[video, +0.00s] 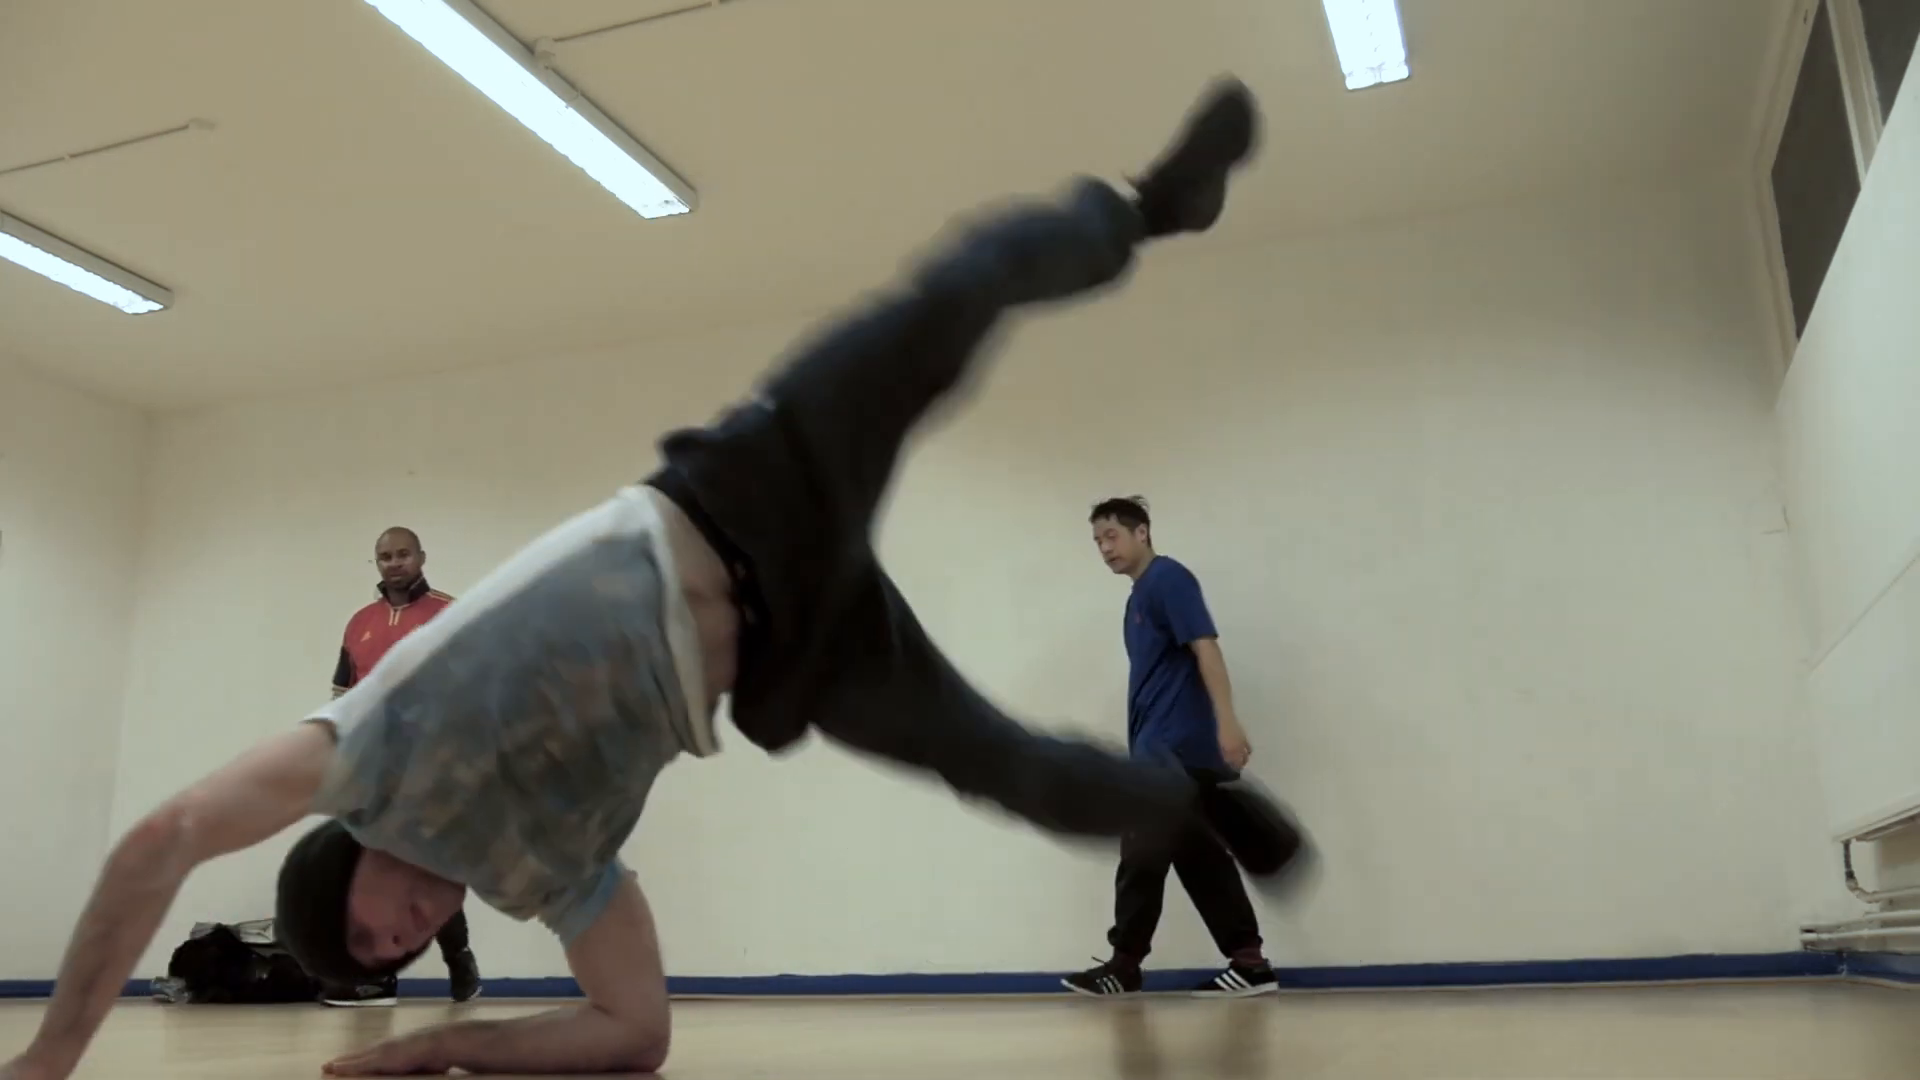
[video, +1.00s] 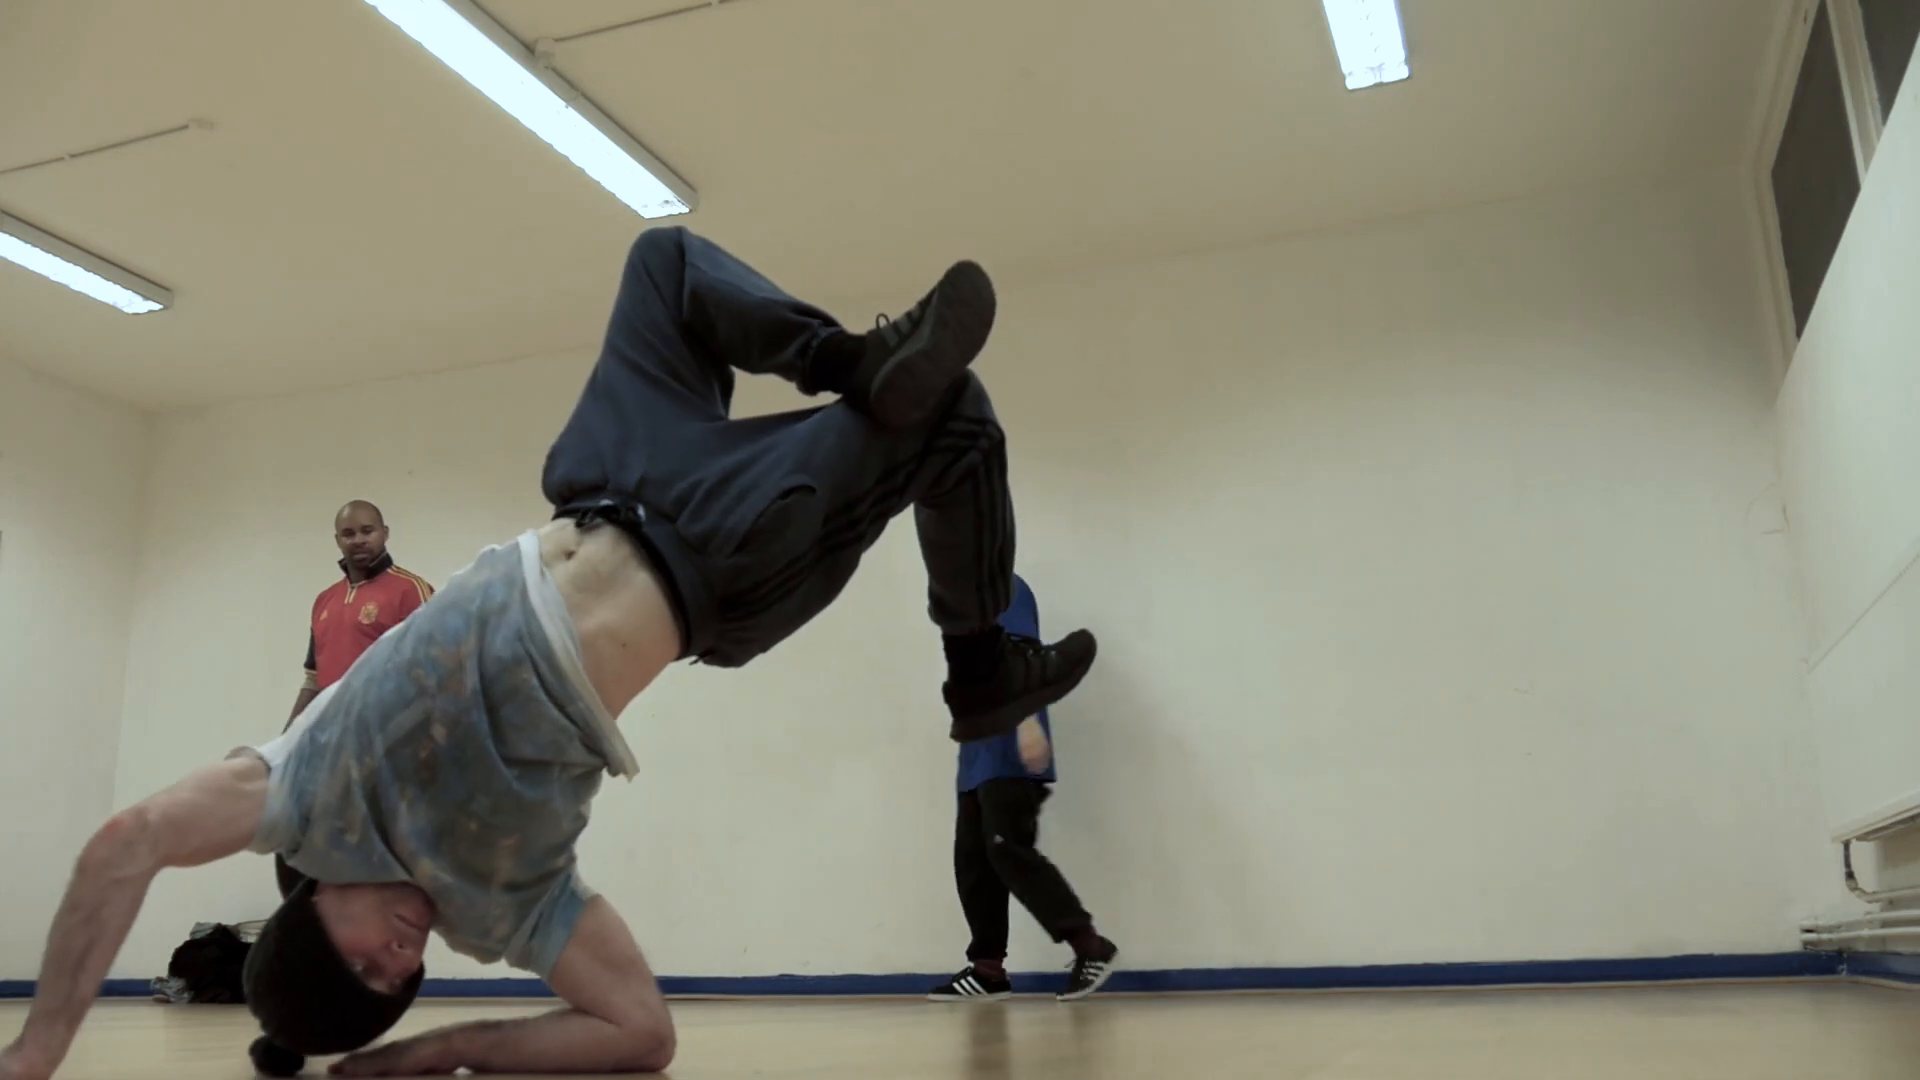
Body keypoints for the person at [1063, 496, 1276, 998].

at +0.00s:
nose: (1105, 547)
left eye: (1112, 536)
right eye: (1099, 541)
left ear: (1142, 533)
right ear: (1100, 547)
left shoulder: (1168, 579)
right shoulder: (1139, 594)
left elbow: (1206, 649)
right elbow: (1156, 673)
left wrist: (1228, 726)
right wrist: (1145, 744)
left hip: (1176, 747)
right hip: (1159, 749)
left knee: (1142, 852)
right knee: (1200, 853)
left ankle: (1125, 967)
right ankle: (1250, 962)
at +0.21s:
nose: (1076, 545)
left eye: (1084, 534)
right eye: (1070, 538)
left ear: (1113, 533)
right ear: (1072, 543)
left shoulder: (1128, 581)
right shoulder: (1119, 587)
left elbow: (1137, 660)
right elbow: (1119, 683)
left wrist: (1129, 734)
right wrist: (1106, 766)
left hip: (1132, 748)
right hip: (1143, 748)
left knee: (1118, 860)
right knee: (1165, 855)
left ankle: (1117, 970)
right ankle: (1238, 952)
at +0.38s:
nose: (1056, 545)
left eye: (1064, 534)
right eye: (1051, 537)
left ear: (1094, 533)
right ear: (1054, 541)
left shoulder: (1104, 583)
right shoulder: (1098, 584)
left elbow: (1081, 666)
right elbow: (1095, 680)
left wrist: (1024, 725)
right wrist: (1070, 741)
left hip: (1109, 750)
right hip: (1100, 750)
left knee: (1102, 857)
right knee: (1104, 856)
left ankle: (1115, 972)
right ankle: (1190, 925)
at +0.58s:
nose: (1026, 547)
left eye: (1035, 536)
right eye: (1021, 539)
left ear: (1064, 535)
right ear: (1023, 543)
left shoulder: (1076, 587)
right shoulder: (1061, 589)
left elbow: (1042, 671)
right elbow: (1064, 686)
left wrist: (968, 706)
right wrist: (1044, 761)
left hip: (1086, 751)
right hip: (1063, 751)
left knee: (1093, 855)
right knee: (1034, 844)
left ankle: (1115, 969)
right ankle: (1078, 956)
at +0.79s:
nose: (996, 559)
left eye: (1001, 547)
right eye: (994, 549)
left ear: (1024, 542)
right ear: (1019, 545)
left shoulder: (1038, 589)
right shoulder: (1026, 595)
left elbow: (1016, 673)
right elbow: (1015, 673)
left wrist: (965, 729)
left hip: (1052, 759)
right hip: (1024, 761)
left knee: (1076, 865)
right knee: (1006, 868)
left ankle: (1114, 968)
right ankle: (991, 970)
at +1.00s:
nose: (954, 560)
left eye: (960, 551)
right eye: (952, 553)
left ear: (986, 546)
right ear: (957, 558)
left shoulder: (1008, 593)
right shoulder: (964, 605)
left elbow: (1019, 664)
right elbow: (985, 671)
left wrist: (1029, 724)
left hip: (1012, 751)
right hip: (977, 754)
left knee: (1008, 851)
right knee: (974, 860)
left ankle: (1091, 947)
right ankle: (987, 969)